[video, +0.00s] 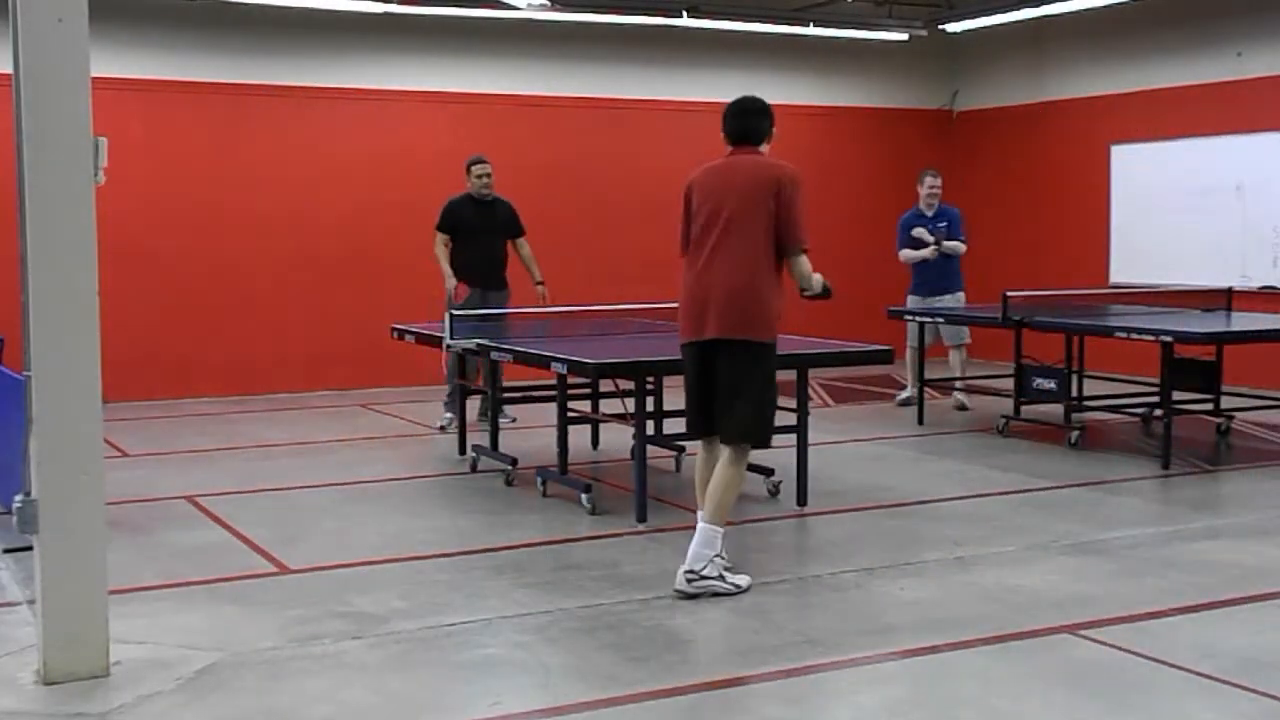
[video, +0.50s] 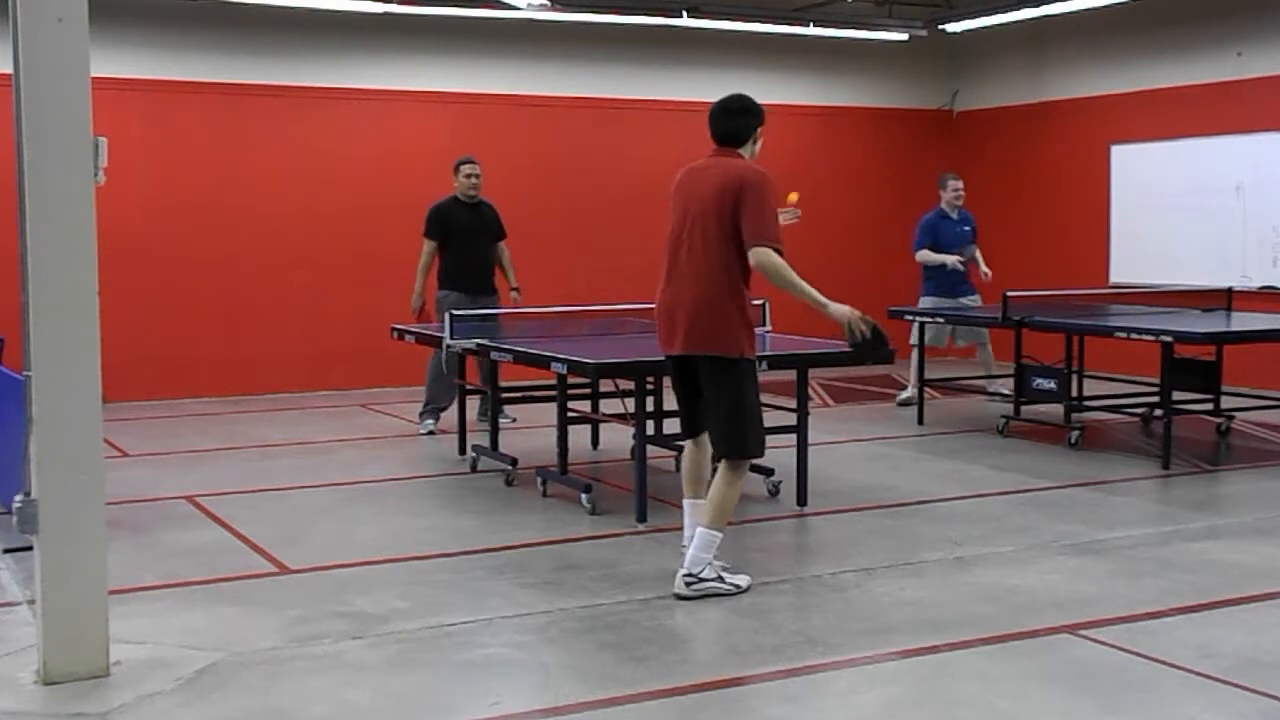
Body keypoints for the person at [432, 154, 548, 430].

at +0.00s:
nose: (486, 181)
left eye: (489, 176)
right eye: (479, 177)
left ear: (494, 178)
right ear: (468, 180)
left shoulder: (505, 209)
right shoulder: (455, 208)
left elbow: (521, 245)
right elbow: (441, 244)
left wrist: (538, 280)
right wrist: (449, 278)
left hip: (497, 290)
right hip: (464, 289)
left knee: (495, 351)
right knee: (459, 350)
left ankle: (492, 405)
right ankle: (453, 407)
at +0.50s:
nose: (473, 181)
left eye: (477, 176)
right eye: (468, 176)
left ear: (482, 180)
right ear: (456, 180)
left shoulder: (488, 211)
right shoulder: (441, 211)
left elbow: (501, 248)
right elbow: (428, 252)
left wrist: (513, 284)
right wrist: (418, 292)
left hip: (486, 295)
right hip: (453, 295)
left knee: (491, 352)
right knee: (448, 352)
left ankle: (490, 407)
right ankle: (431, 412)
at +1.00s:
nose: (460, 183)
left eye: (463, 178)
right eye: (454, 178)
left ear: (467, 179)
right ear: (441, 179)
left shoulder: (475, 207)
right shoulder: (425, 210)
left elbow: (485, 243)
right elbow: (414, 249)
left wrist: (499, 276)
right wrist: (424, 286)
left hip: (469, 292)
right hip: (434, 294)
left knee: (483, 347)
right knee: (433, 352)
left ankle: (485, 403)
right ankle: (429, 412)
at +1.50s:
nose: (492, 222)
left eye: (495, 216)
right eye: (486, 216)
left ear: (499, 214)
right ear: (473, 214)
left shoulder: (501, 236)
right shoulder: (451, 234)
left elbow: (506, 270)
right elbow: (423, 262)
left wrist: (517, 302)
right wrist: (453, 290)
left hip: (480, 301)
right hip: (446, 302)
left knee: (490, 355)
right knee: (451, 357)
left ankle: (487, 407)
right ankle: (454, 413)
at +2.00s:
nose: (493, 240)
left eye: (496, 234)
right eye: (488, 234)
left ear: (498, 229)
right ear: (473, 228)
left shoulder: (473, 232)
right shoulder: (459, 245)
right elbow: (489, 264)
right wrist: (521, 272)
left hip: (452, 302)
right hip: (427, 303)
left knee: (459, 354)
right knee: (438, 361)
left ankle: (457, 406)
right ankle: (453, 416)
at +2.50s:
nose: (470, 208)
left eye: (473, 203)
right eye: (464, 203)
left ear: (476, 203)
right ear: (450, 202)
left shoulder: (474, 227)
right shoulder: (430, 226)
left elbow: (476, 257)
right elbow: (402, 256)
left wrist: (491, 289)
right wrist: (419, 290)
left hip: (446, 302)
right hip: (419, 301)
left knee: (453, 358)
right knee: (431, 357)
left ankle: (428, 407)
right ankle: (441, 413)